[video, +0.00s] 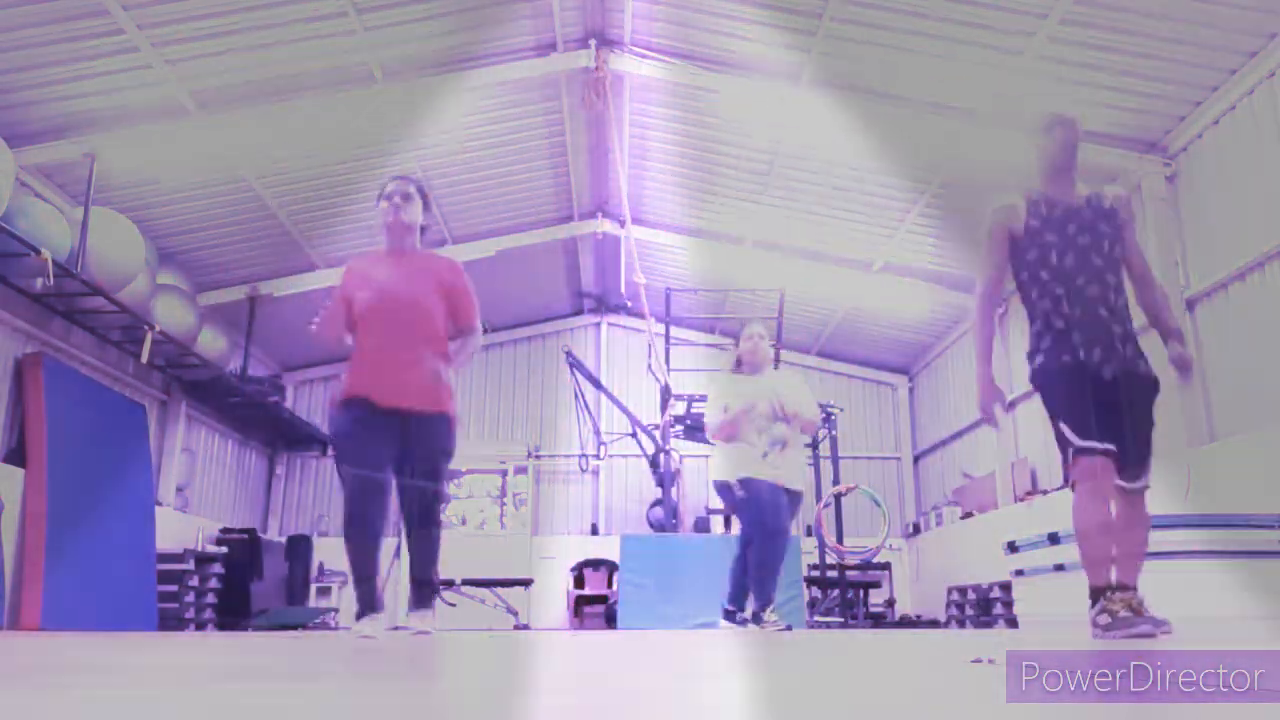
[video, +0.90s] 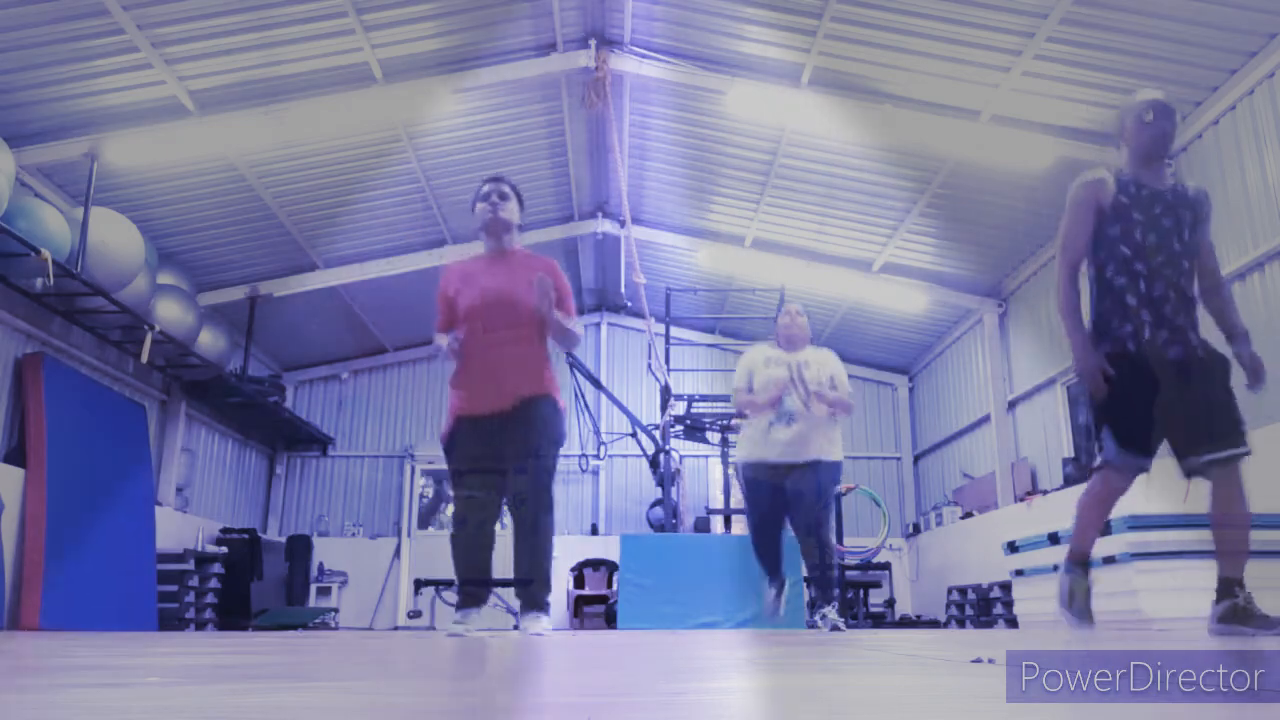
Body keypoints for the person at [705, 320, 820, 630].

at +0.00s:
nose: (756, 342)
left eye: (761, 337)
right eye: (749, 338)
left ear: (772, 347)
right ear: (738, 348)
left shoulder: (791, 381)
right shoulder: (726, 384)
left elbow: (814, 425)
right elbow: (715, 432)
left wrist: (794, 417)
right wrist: (741, 414)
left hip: (787, 478)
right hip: (739, 470)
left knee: (755, 540)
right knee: (773, 527)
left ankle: (733, 608)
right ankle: (763, 609)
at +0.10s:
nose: (758, 341)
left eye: (763, 335)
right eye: (752, 335)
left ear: (773, 336)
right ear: (741, 338)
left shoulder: (793, 367)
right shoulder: (728, 368)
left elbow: (815, 416)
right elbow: (714, 418)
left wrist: (794, 410)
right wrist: (747, 408)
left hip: (789, 470)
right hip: (744, 466)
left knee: (782, 539)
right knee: (767, 527)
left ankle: (744, 587)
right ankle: (760, 609)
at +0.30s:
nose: (770, 323)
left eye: (775, 318)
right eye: (762, 319)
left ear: (784, 327)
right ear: (751, 329)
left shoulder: (801, 360)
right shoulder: (735, 361)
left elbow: (822, 404)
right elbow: (719, 409)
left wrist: (806, 420)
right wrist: (756, 408)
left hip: (793, 457)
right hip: (749, 462)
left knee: (838, 469)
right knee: (778, 526)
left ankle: (802, 527)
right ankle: (778, 604)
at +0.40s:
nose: (775, 335)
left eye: (780, 331)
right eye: (769, 330)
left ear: (787, 341)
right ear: (754, 340)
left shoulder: (801, 377)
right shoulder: (738, 376)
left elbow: (824, 417)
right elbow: (724, 423)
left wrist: (823, 416)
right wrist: (759, 416)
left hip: (801, 459)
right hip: (759, 469)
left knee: (843, 471)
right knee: (781, 536)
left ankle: (831, 542)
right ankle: (783, 610)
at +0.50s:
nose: (778, 325)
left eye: (783, 321)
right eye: (771, 320)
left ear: (792, 330)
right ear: (758, 330)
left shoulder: (809, 365)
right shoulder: (741, 365)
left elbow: (831, 412)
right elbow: (727, 411)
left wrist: (821, 410)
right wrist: (761, 405)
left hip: (809, 449)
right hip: (762, 456)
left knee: (839, 486)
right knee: (778, 532)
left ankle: (835, 569)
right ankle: (781, 607)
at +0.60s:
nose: (785, 322)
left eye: (790, 317)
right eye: (777, 318)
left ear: (798, 327)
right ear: (763, 330)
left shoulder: (814, 358)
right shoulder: (746, 361)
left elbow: (840, 403)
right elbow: (732, 407)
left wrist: (824, 406)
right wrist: (764, 404)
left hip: (814, 457)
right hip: (765, 462)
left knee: (826, 524)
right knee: (777, 535)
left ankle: (835, 597)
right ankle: (774, 604)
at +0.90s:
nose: (792, 318)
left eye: (798, 314)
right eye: (785, 314)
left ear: (809, 326)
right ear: (775, 326)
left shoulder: (826, 358)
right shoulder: (754, 356)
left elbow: (848, 405)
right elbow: (740, 401)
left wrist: (824, 395)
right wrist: (767, 399)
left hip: (813, 459)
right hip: (760, 460)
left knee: (815, 533)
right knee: (762, 533)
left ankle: (824, 605)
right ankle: (774, 582)